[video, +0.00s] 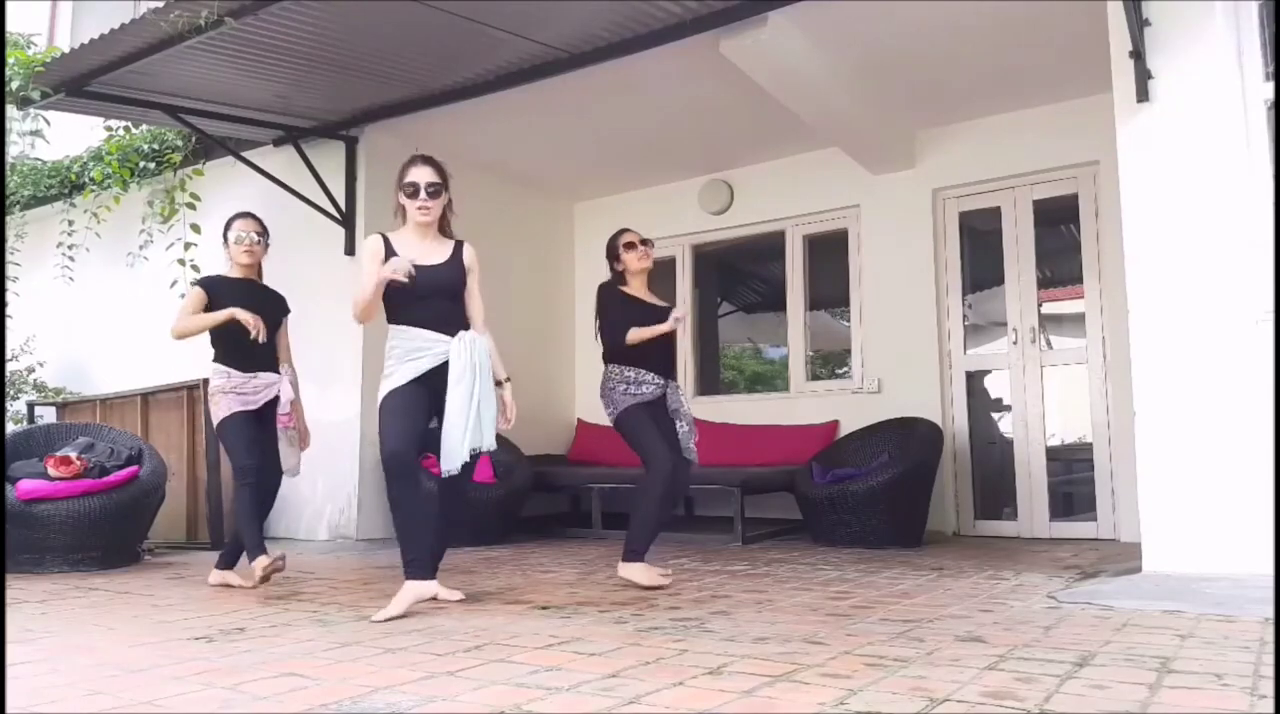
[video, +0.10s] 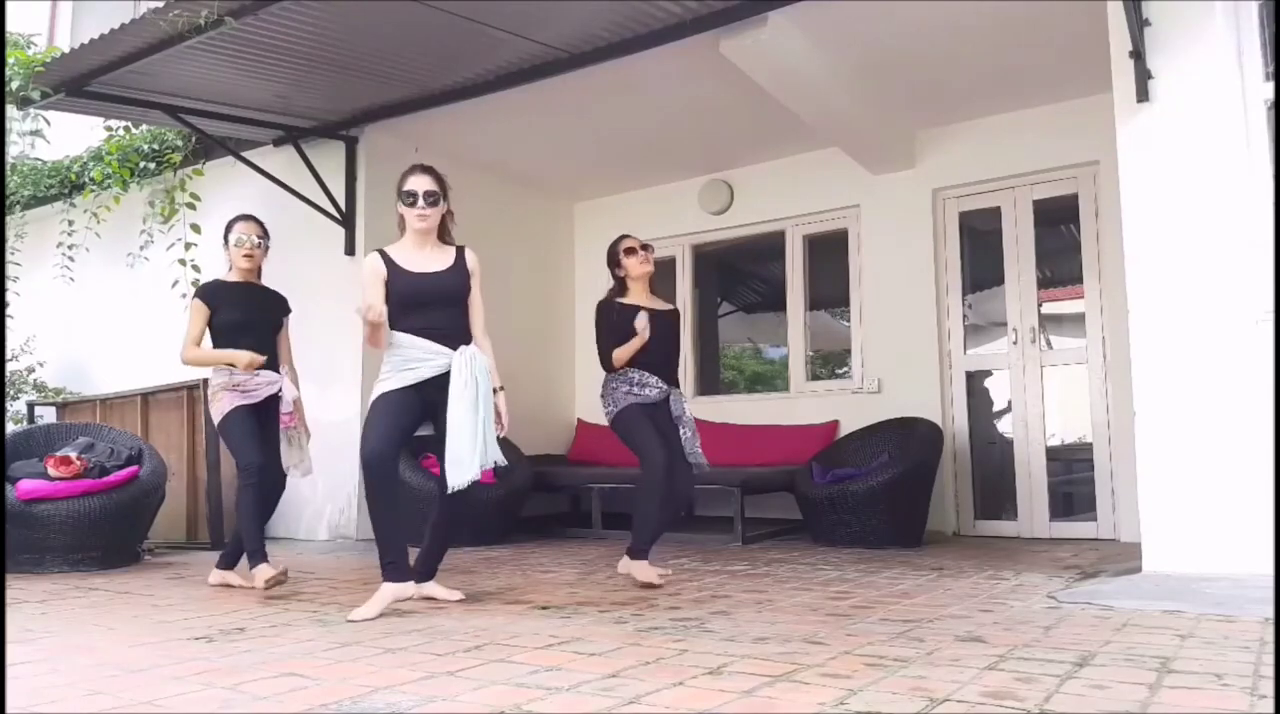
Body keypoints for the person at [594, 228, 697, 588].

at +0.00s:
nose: (640, 250)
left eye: (644, 244)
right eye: (629, 247)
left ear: (652, 252)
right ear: (616, 261)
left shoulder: (662, 304)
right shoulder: (610, 291)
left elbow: (666, 361)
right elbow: (617, 337)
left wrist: (676, 401)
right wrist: (666, 326)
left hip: (662, 392)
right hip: (625, 390)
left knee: (679, 470)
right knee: (661, 463)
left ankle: (636, 557)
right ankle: (631, 560)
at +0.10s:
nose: (642, 255)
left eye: (645, 249)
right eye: (631, 253)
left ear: (653, 257)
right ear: (618, 267)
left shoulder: (671, 311)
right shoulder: (609, 307)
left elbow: (672, 365)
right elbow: (610, 362)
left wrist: (676, 405)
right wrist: (641, 338)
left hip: (663, 399)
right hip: (624, 397)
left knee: (682, 487)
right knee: (657, 460)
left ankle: (635, 554)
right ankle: (637, 556)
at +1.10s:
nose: (630, 261)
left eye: (636, 254)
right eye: (621, 258)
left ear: (650, 261)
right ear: (615, 270)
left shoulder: (671, 313)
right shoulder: (608, 308)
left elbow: (683, 370)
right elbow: (604, 364)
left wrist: (708, 417)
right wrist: (612, 342)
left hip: (665, 402)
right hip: (624, 401)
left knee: (678, 480)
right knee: (630, 467)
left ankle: (636, 556)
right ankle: (614, 558)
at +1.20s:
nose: (625, 265)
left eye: (630, 257)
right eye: (616, 262)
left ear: (644, 262)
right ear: (610, 273)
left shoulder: (670, 314)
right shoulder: (605, 317)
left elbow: (679, 371)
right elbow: (606, 376)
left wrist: (700, 419)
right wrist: (593, 376)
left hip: (664, 409)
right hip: (620, 410)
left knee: (675, 491)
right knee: (609, 479)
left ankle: (635, 556)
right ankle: (612, 562)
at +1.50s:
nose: (620, 255)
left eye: (626, 246)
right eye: (611, 251)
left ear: (641, 249)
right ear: (606, 259)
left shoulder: (664, 301)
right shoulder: (601, 297)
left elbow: (671, 360)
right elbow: (579, 354)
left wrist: (689, 407)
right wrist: (582, 336)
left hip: (655, 395)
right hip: (612, 394)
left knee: (662, 484)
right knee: (609, 473)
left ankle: (633, 555)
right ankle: (593, 560)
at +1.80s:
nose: (632, 248)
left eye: (638, 240)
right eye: (624, 245)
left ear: (654, 244)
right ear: (620, 254)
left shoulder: (671, 300)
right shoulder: (612, 286)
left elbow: (670, 358)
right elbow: (579, 336)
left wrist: (688, 404)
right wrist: (580, 387)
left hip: (658, 390)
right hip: (616, 388)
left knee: (664, 474)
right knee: (618, 470)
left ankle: (658, 552)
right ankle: (602, 561)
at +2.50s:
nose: (655, 261)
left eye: (663, 255)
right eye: (648, 254)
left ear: (676, 261)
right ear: (641, 261)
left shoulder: (688, 302)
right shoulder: (645, 303)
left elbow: (711, 355)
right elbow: (635, 350)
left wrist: (738, 400)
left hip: (651, 400)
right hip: (618, 396)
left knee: (659, 487)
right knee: (605, 478)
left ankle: (714, 546)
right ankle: (614, 555)